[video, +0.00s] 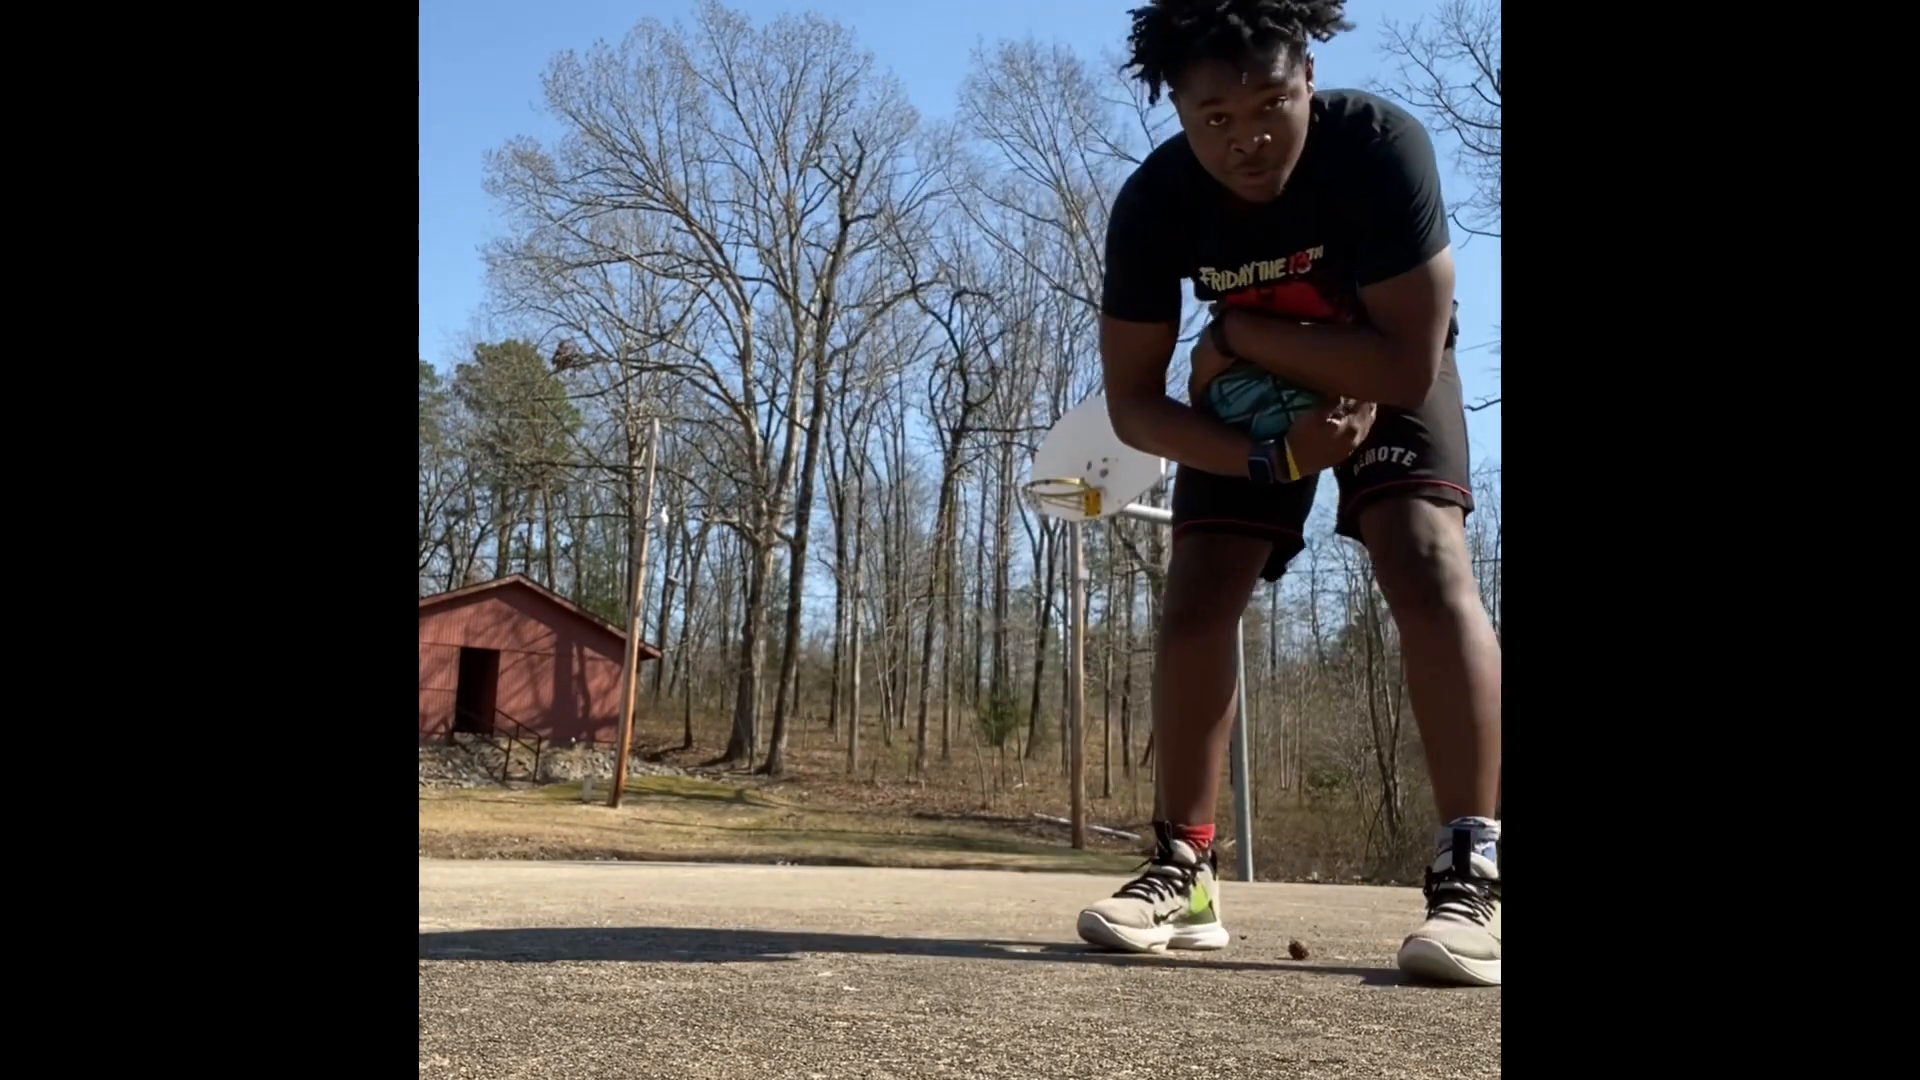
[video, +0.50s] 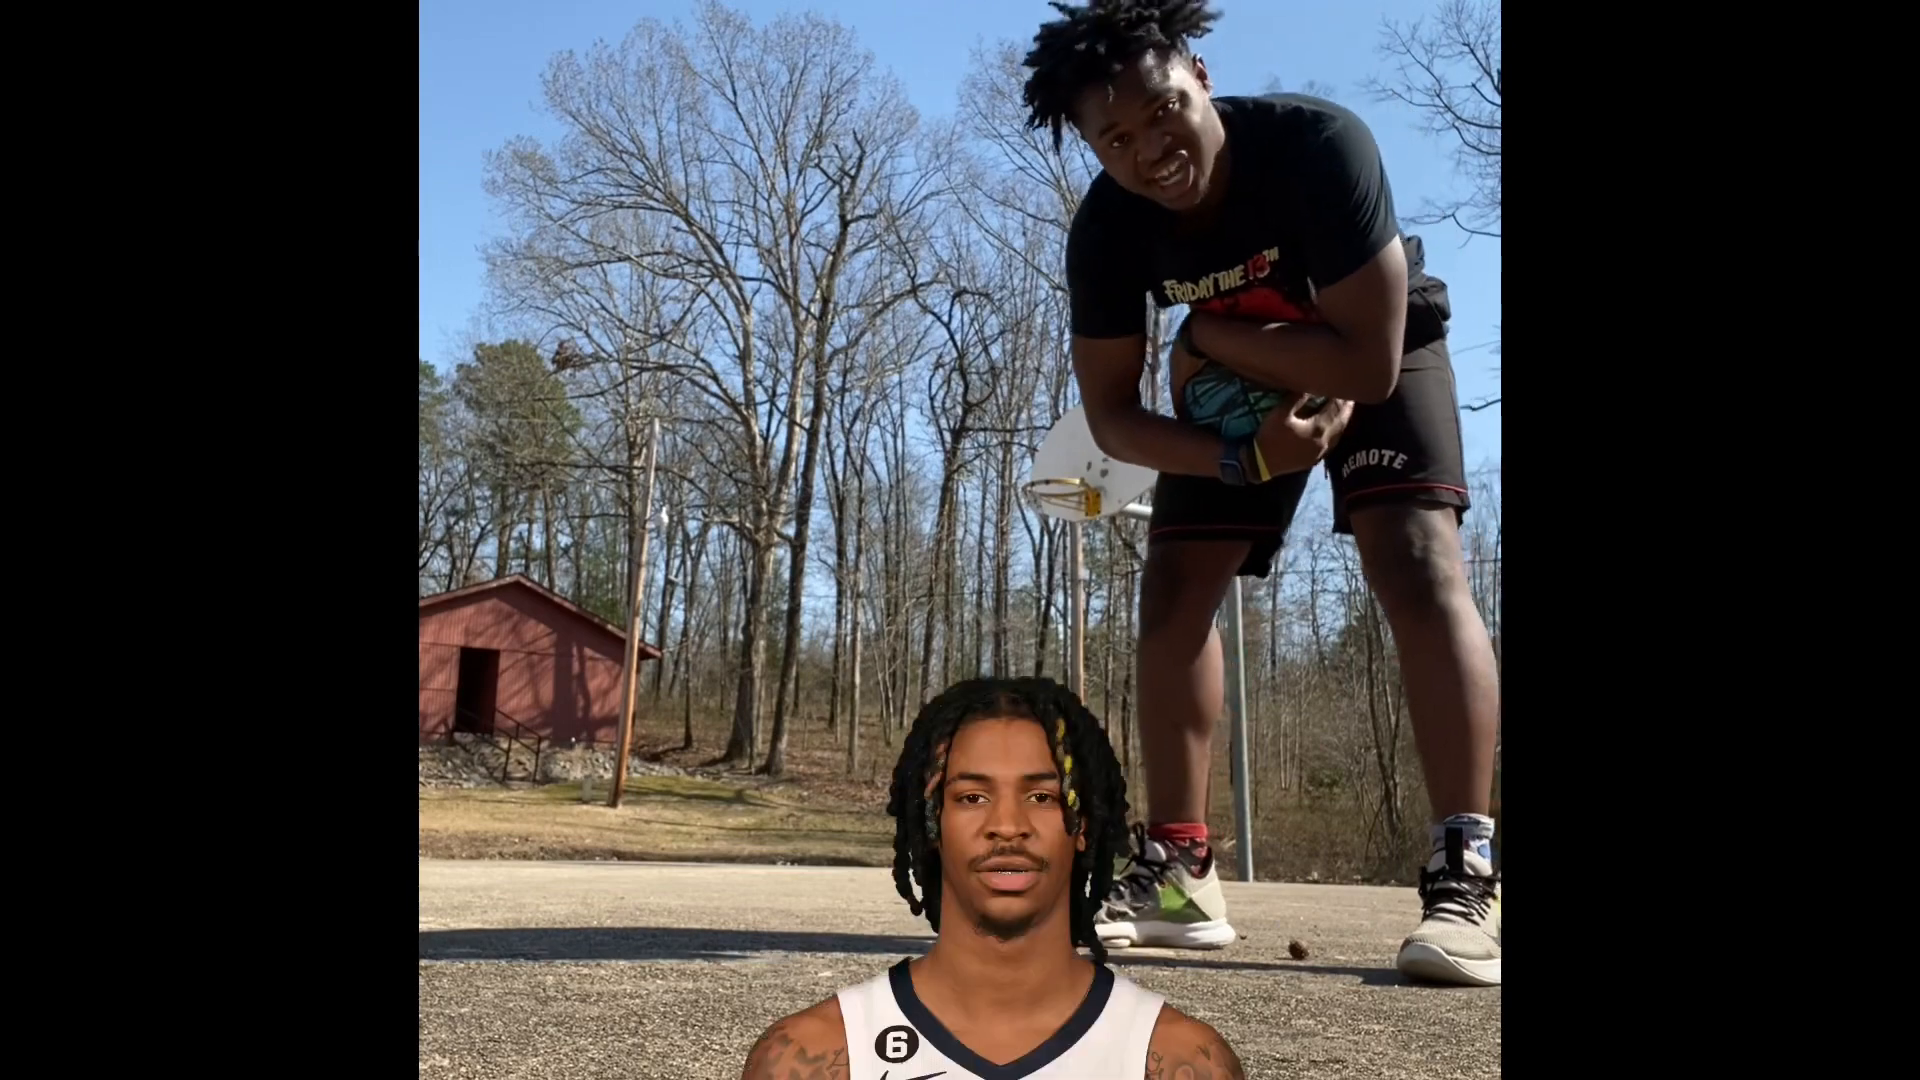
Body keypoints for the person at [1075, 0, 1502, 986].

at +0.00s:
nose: (1247, 141)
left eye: (1268, 108)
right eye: (1214, 118)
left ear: (1307, 75)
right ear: (1175, 105)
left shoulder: (1379, 148)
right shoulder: (1152, 202)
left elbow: (1406, 373)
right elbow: (1131, 406)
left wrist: (1233, 336)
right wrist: (1274, 456)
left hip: (1387, 366)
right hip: (1248, 379)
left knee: (1426, 563)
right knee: (1195, 600)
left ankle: (1470, 881)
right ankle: (1182, 876)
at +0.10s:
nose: (1243, 140)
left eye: (1261, 106)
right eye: (1209, 119)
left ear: (1300, 70)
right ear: (1171, 111)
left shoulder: (1385, 139)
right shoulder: (1156, 201)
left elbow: (1422, 363)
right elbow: (1143, 405)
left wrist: (1246, 343)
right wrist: (1292, 447)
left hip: (1403, 351)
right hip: (1262, 368)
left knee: (1441, 569)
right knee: (1206, 600)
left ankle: (1474, 884)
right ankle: (1181, 873)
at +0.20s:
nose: (1228, 136)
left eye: (1243, 99)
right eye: (1193, 118)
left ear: (1282, 62)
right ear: (1158, 113)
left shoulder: (1380, 137)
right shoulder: (1151, 206)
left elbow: (1417, 362)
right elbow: (1141, 404)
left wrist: (1244, 342)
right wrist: (1286, 452)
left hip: (1409, 334)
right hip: (1265, 361)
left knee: (1443, 563)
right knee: (1208, 592)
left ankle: (1473, 883)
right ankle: (1181, 872)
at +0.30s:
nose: (1208, 126)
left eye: (1219, 89)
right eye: (1172, 114)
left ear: (1256, 56)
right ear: (1142, 120)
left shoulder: (1363, 134)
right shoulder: (1139, 211)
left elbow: (1400, 362)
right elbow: (1133, 409)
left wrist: (1228, 333)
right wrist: (1272, 450)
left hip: (1400, 337)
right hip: (1258, 366)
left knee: (1442, 564)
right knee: (1202, 594)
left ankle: (1476, 880)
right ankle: (1179, 870)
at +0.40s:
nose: (1180, 138)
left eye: (1189, 101)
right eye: (1142, 127)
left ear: (1225, 66)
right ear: (1115, 136)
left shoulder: (1339, 138)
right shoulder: (1121, 221)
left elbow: (1386, 364)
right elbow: (1124, 417)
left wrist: (1218, 334)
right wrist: (1263, 456)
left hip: (1388, 337)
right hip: (1244, 363)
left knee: (1429, 568)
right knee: (1187, 591)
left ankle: (1472, 879)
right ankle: (1181, 874)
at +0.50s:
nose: (1152, 146)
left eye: (1161, 109)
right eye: (1116, 135)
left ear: (1200, 78)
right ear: (1091, 147)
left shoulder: (1319, 148)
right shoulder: (1104, 231)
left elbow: (1370, 369)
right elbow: (1112, 420)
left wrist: (1200, 334)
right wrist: (1247, 460)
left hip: (1374, 346)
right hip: (1229, 371)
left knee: (1416, 570)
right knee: (1173, 596)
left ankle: (1467, 879)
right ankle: (1178, 873)